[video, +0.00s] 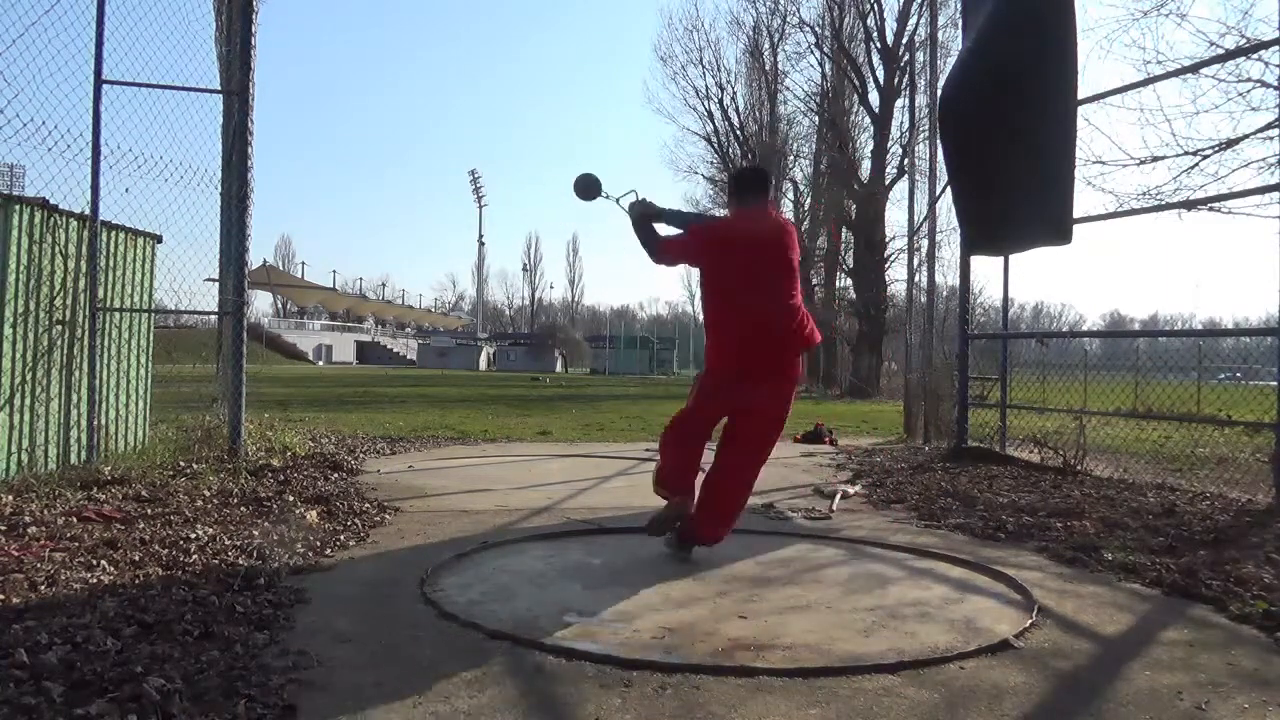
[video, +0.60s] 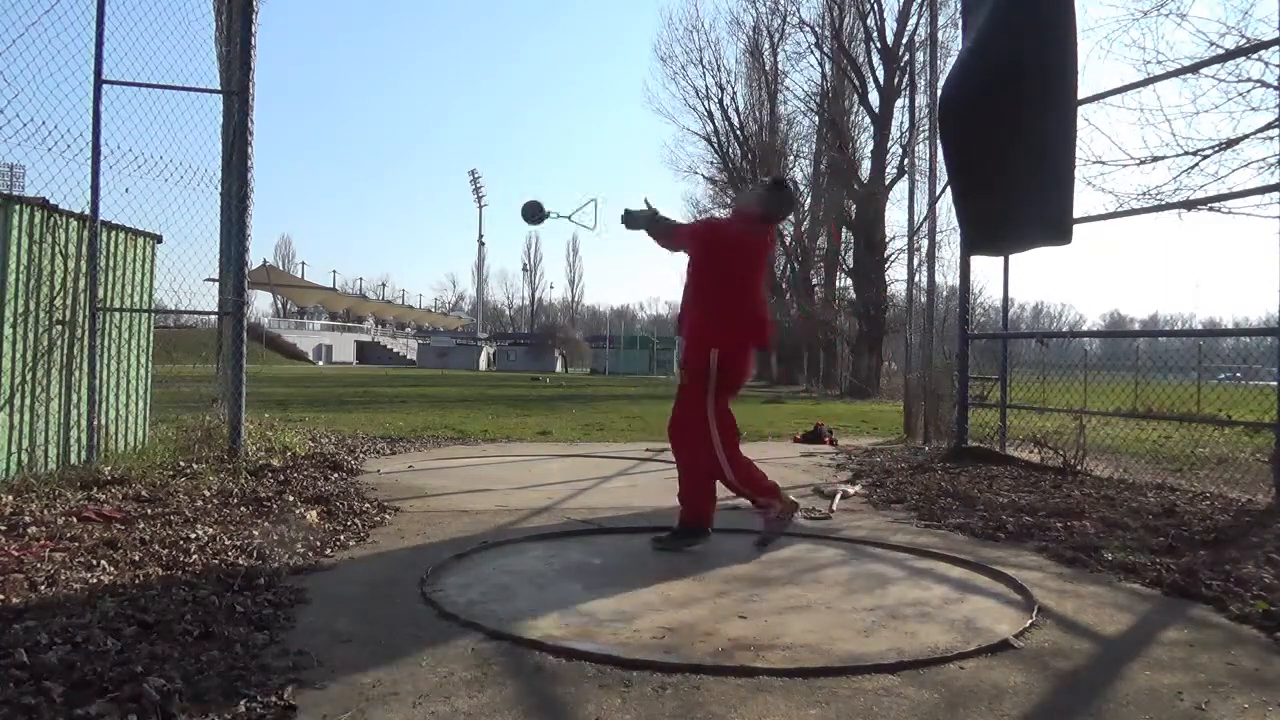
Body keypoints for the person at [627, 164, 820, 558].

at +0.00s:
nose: (736, 205)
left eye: (733, 197)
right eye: (762, 200)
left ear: (730, 198)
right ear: (769, 199)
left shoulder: (715, 236)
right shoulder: (786, 233)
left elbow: (659, 250)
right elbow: (715, 223)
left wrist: (639, 218)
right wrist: (660, 214)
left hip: (730, 363)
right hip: (781, 365)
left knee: (688, 427)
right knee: (743, 455)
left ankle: (679, 498)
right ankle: (695, 535)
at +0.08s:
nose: (750, 203)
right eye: (750, 197)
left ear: (710, 197)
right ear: (746, 199)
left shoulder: (694, 231)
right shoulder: (760, 231)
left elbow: (671, 247)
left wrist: (692, 214)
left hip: (691, 348)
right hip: (735, 352)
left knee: (702, 429)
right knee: (731, 446)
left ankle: (666, 490)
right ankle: (674, 524)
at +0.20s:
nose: (721, 213)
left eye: (720, 205)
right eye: (716, 205)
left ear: (690, 208)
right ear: (697, 207)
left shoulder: (696, 241)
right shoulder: (685, 237)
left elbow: (724, 268)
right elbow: (731, 255)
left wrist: (766, 257)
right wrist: (772, 254)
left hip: (687, 361)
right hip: (659, 362)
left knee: (731, 436)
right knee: (700, 459)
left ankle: (734, 505)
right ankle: (662, 515)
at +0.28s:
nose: (704, 216)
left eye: (702, 210)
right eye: (695, 210)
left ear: (677, 217)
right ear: (673, 217)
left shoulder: (674, 254)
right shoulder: (683, 260)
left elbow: (733, 292)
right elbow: (741, 299)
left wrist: (776, 302)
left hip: (686, 367)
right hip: (657, 370)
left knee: (724, 440)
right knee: (682, 447)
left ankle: (737, 518)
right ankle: (673, 524)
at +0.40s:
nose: (709, 223)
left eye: (717, 216)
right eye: (705, 216)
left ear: (731, 224)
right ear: (697, 222)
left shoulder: (745, 266)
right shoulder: (675, 258)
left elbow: (748, 320)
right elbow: (680, 306)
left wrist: (726, 356)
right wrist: (713, 354)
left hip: (720, 366)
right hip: (672, 363)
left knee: (727, 443)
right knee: (659, 446)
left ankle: (744, 517)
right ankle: (671, 521)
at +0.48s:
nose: (751, 201)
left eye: (763, 203)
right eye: (756, 198)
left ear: (772, 227)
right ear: (745, 208)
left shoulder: (753, 259)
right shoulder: (713, 248)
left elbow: (706, 302)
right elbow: (676, 283)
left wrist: (645, 318)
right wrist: (641, 310)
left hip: (728, 366)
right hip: (690, 361)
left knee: (711, 450)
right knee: (656, 436)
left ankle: (755, 510)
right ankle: (684, 524)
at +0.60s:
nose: (742, 192)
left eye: (753, 191)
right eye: (749, 189)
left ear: (761, 206)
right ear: (766, 209)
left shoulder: (741, 233)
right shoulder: (741, 232)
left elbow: (681, 235)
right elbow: (689, 236)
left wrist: (648, 220)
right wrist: (656, 220)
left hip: (717, 346)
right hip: (708, 345)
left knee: (710, 433)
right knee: (685, 430)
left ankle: (774, 504)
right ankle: (693, 523)